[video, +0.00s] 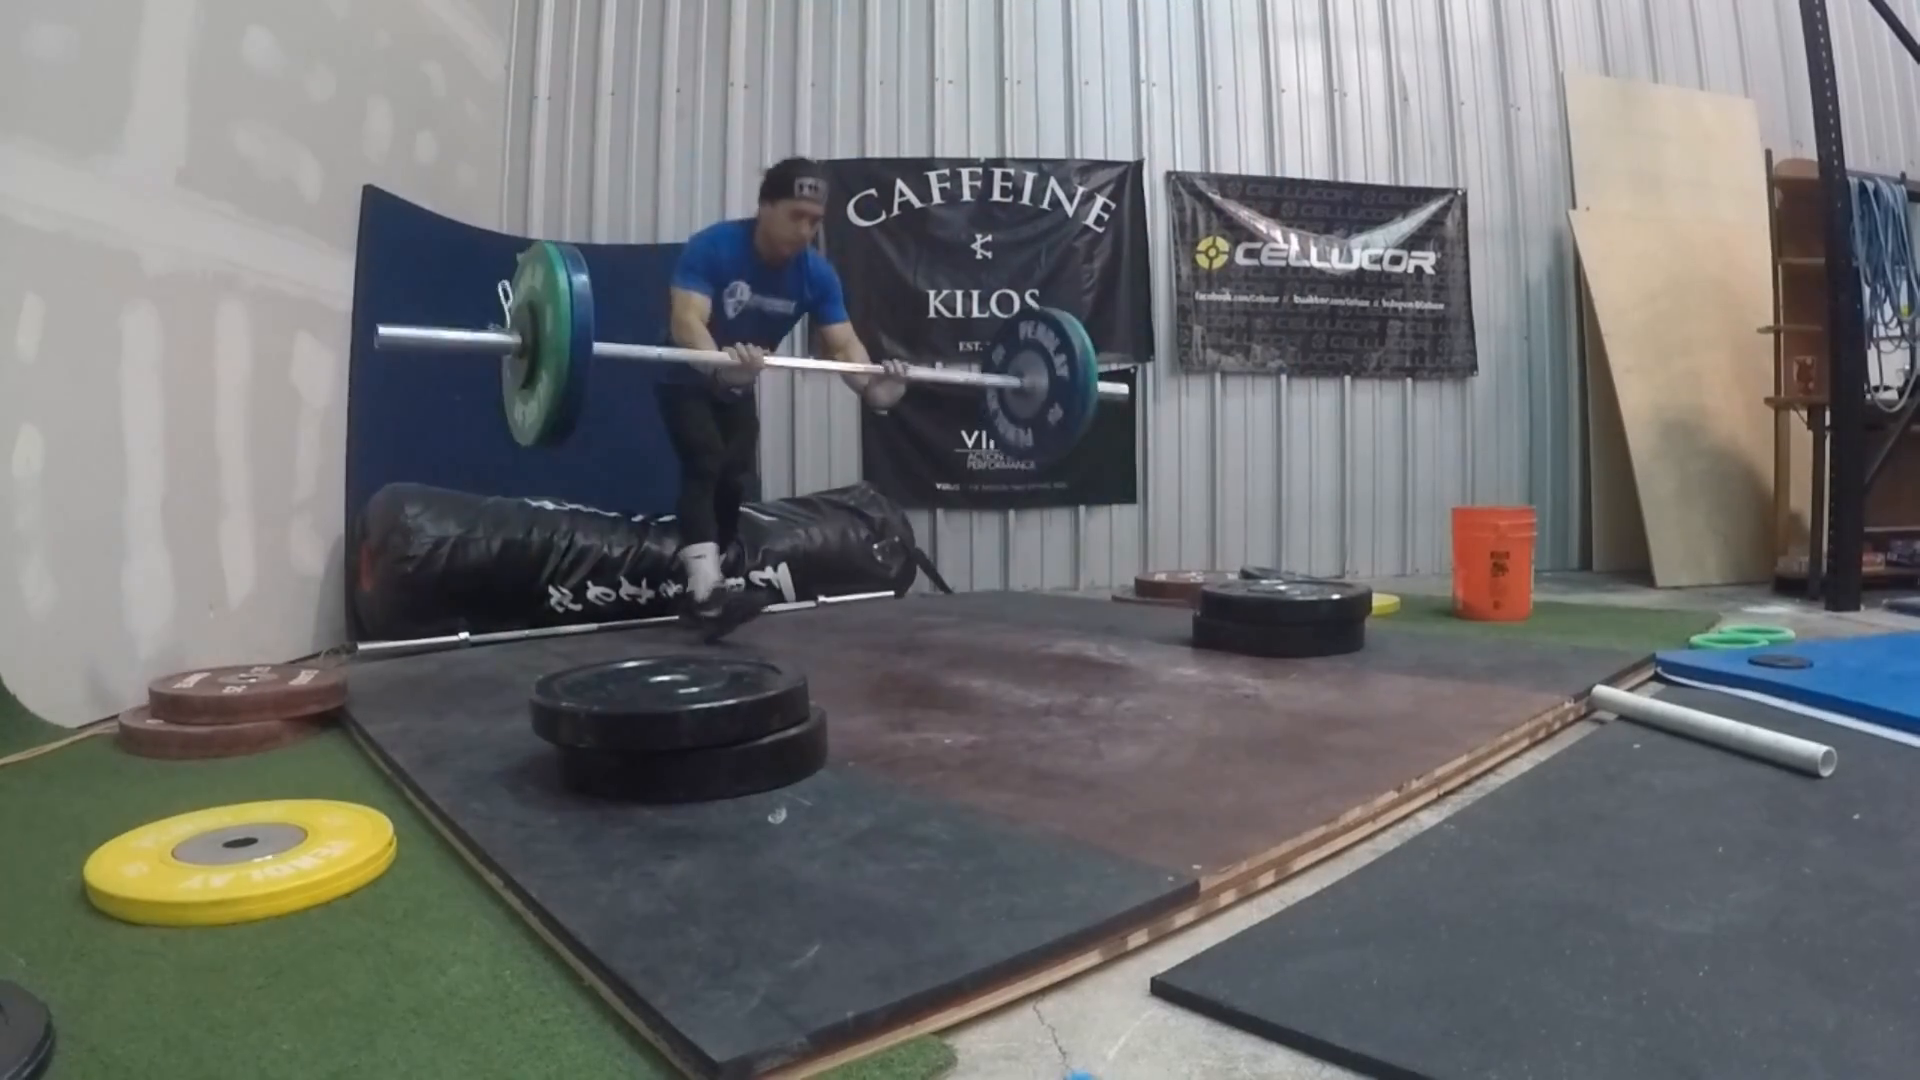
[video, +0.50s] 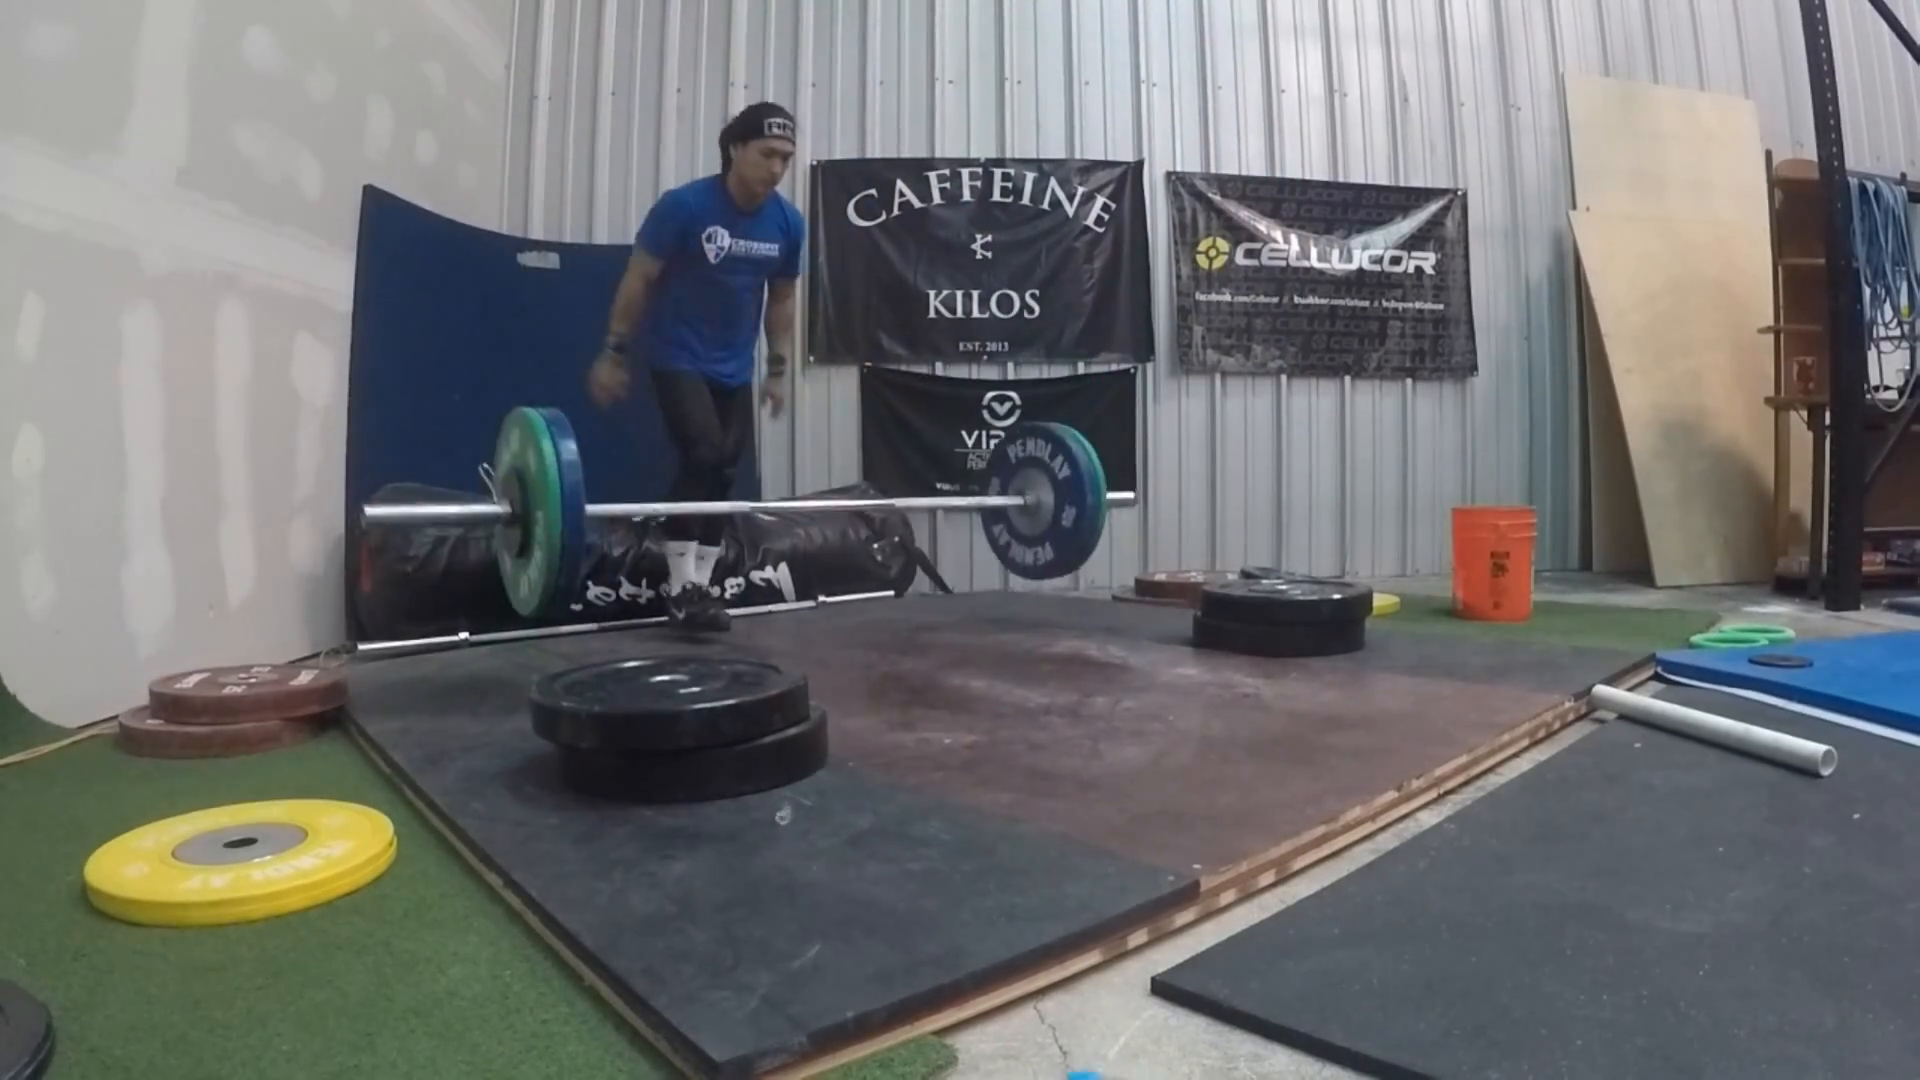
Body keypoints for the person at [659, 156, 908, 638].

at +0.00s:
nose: (807, 231)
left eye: (815, 221)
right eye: (798, 217)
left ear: (821, 223)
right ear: (766, 209)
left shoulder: (816, 274)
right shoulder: (711, 248)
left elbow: (844, 344)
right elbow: (685, 323)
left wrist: (876, 388)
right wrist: (720, 364)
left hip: (740, 386)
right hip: (687, 379)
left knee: (735, 481)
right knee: (704, 462)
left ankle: (718, 579)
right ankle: (704, 592)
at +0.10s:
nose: (787, 228)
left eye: (796, 219)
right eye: (779, 215)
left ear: (803, 218)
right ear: (748, 203)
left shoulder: (803, 268)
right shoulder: (697, 247)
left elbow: (832, 339)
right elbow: (698, 315)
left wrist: (867, 391)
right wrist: (727, 369)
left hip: (734, 382)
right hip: (677, 375)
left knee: (730, 480)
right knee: (685, 469)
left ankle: (701, 587)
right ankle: (673, 591)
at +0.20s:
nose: (778, 212)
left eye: (787, 202)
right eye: (770, 198)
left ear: (794, 202)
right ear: (738, 188)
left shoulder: (794, 255)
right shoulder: (690, 237)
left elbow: (817, 327)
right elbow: (685, 315)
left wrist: (848, 380)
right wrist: (724, 368)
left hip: (732, 385)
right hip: (672, 382)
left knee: (729, 491)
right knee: (674, 482)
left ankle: (699, 588)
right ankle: (666, 590)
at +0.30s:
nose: (778, 195)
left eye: (785, 185)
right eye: (768, 182)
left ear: (790, 185)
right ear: (734, 175)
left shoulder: (789, 244)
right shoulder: (687, 228)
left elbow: (804, 320)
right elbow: (663, 310)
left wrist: (819, 375)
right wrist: (696, 376)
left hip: (731, 374)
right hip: (672, 370)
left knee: (722, 478)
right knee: (674, 472)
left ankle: (702, 587)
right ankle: (666, 591)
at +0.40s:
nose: (775, 178)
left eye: (784, 169)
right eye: (766, 164)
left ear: (789, 171)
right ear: (733, 159)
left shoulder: (788, 232)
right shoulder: (684, 217)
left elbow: (793, 308)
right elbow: (646, 295)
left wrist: (795, 380)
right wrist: (650, 376)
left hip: (732, 374)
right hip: (675, 369)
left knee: (720, 477)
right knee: (683, 467)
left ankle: (699, 587)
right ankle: (672, 590)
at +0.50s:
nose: (776, 168)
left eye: (784, 159)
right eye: (766, 156)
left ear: (789, 162)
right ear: (733, 152)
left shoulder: (787, 223)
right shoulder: (683, 208)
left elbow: (782, 298)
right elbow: (636, 278)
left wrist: (780, 371)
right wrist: (613, 350)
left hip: (733, 364)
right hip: (674, 355)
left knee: (723, 469)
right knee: (705, 455)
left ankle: (701, 589)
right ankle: (680, 586)